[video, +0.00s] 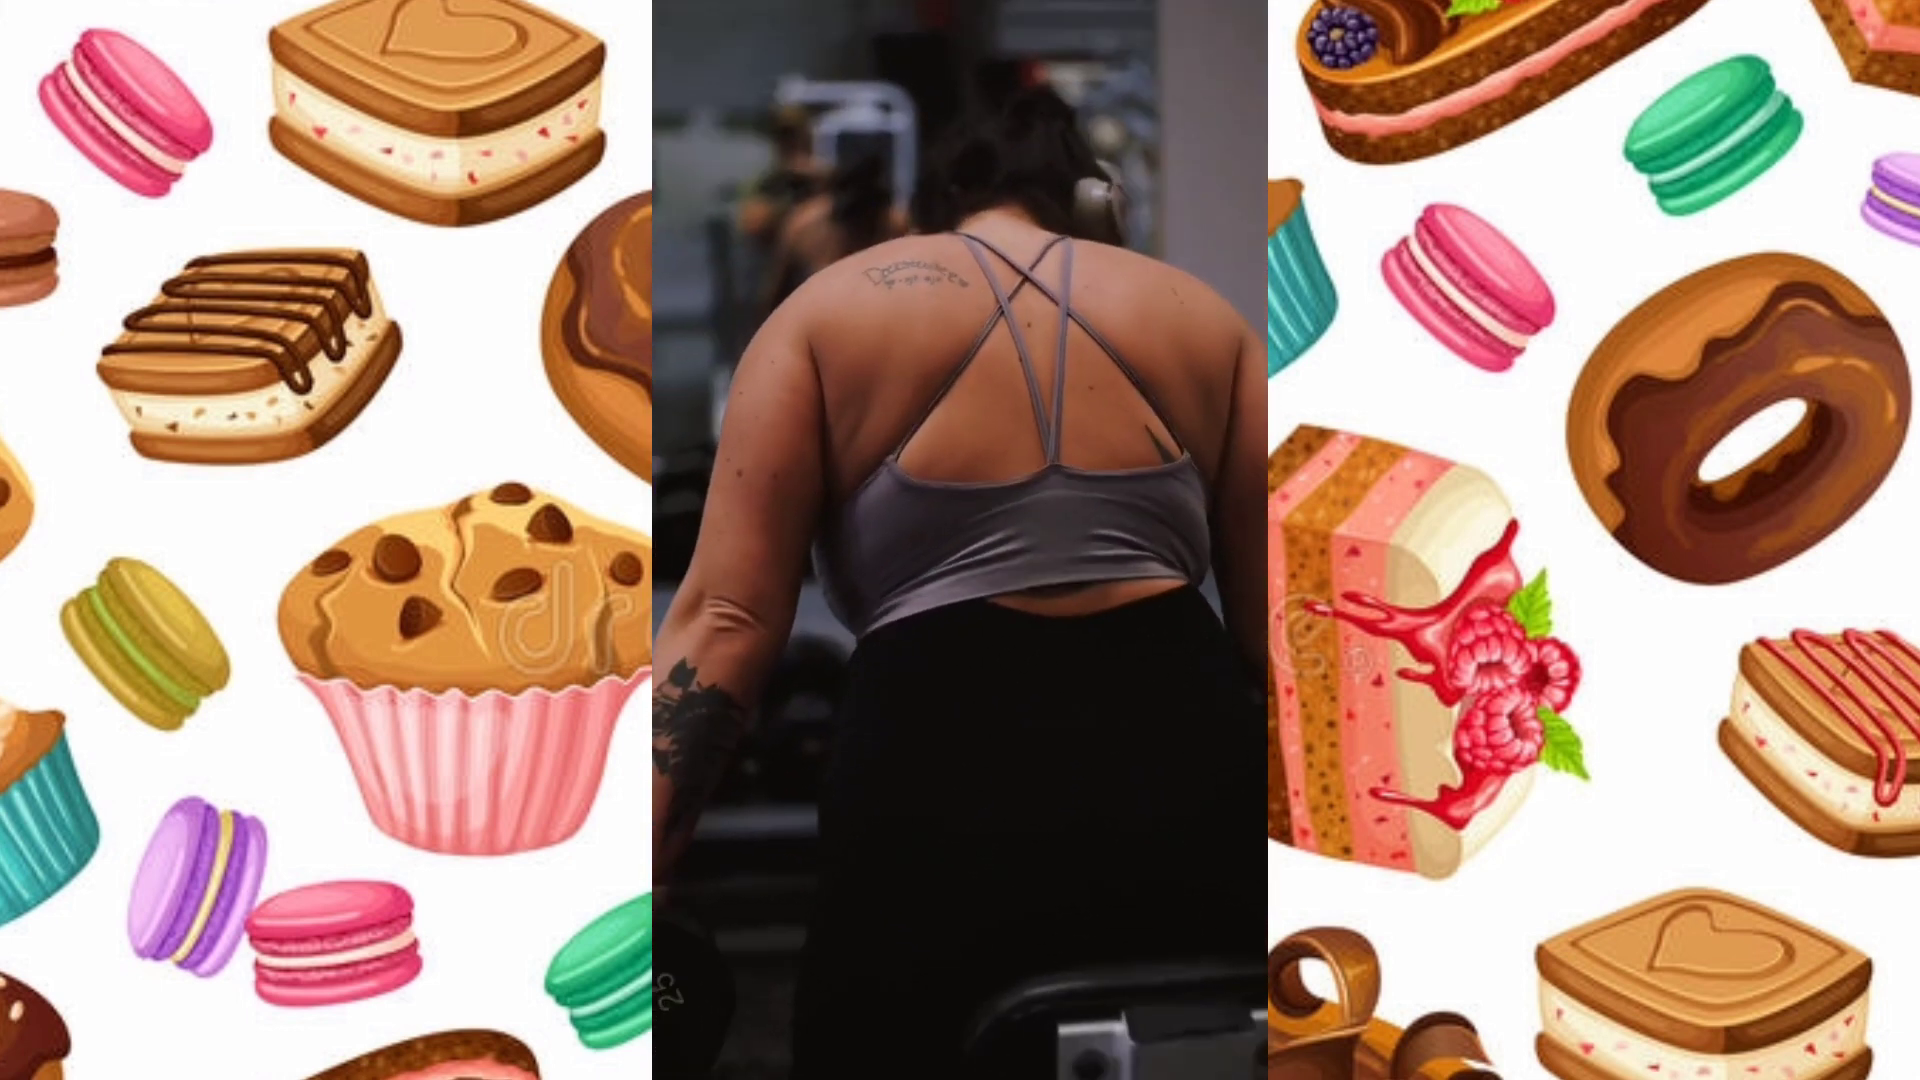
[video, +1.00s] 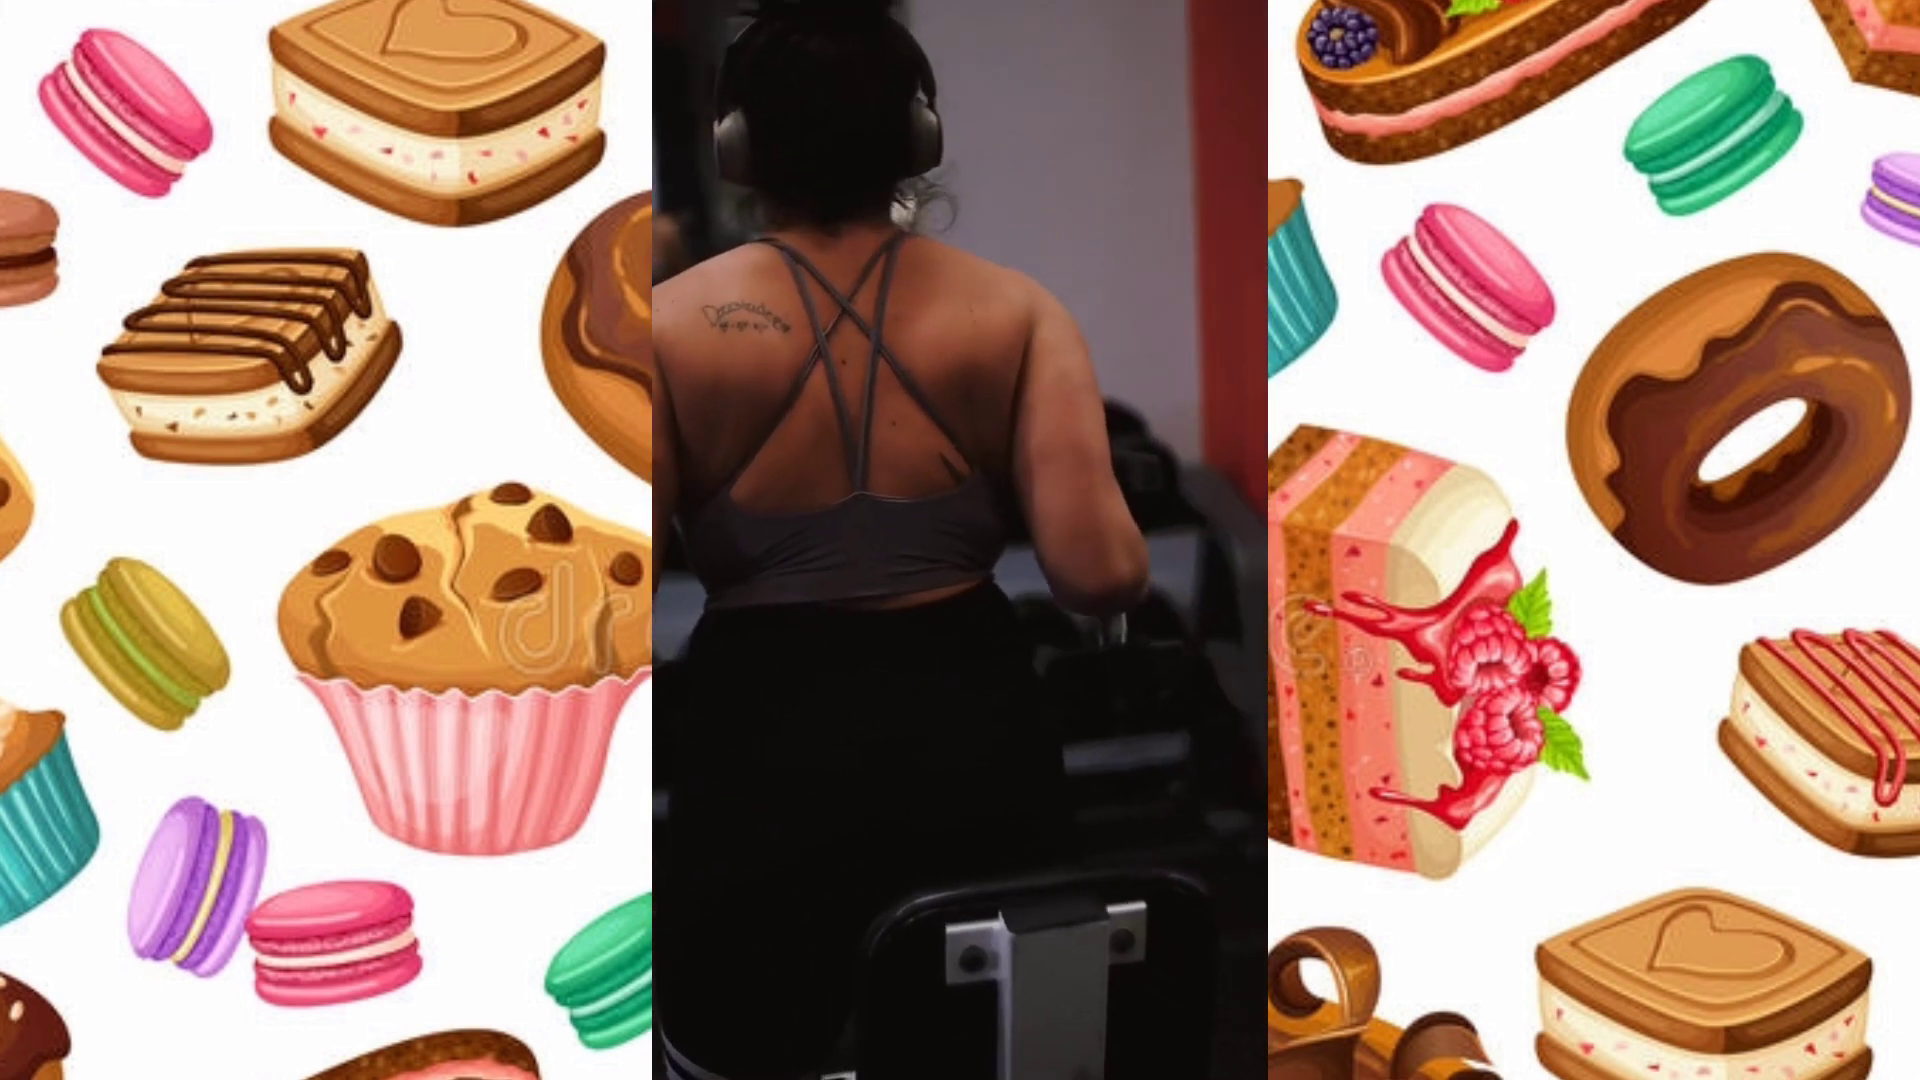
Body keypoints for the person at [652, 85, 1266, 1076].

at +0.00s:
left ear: (937, 192)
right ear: (1083, 190)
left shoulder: (827, 316)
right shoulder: (1201, 317)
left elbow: (726, 614)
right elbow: (1274, 620)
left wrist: (622, 864)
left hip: (933, 762)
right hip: (1184, 751)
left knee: (886, 1050)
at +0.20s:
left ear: (928, 92)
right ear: (1101, 86)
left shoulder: (830, 240)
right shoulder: (1208, 232)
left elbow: (725, 556)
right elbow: (1280, 532)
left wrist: (666, 755)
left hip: (933, 691)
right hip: (1183, 677)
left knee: (881, 1023)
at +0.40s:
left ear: (896, 22)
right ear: (1062, 20)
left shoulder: (793, 198)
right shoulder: (1170, 186)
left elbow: (700, 512)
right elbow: (1264, 477)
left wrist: (721, 556)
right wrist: (1207, 514)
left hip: (890, 659)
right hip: (1132, 648)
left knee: (853, 1039)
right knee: (1154, 1016)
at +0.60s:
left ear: (826, 68)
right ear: (1000, 53)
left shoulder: (744, 259)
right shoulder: (1120, 242)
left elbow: (690, 549)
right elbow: (1219, 508)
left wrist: (758, 451)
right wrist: (1111, 467)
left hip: (854, 703)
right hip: (1083, 689)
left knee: (825, 1045)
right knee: (1103, 1030)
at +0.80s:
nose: (795, 112)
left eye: (804, 94)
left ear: (813, 116)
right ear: (994, 107)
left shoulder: (738, 311)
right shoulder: (1105, 291)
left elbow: (689, 591)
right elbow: (1198, 548)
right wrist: (1104, 470)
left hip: (853, 757)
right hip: (1080, 745)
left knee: (757, 1042)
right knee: (1101, 1039)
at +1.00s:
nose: (719, 145)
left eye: (728, 124)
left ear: (740, 147)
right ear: (917, 139)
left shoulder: (672, 326)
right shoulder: (1016, 315)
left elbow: (620, 559)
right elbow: (1097, 568)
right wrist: (1122, 528)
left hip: (756, 741)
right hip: (966, 729)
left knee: (750, 1044)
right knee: (960, 1041)